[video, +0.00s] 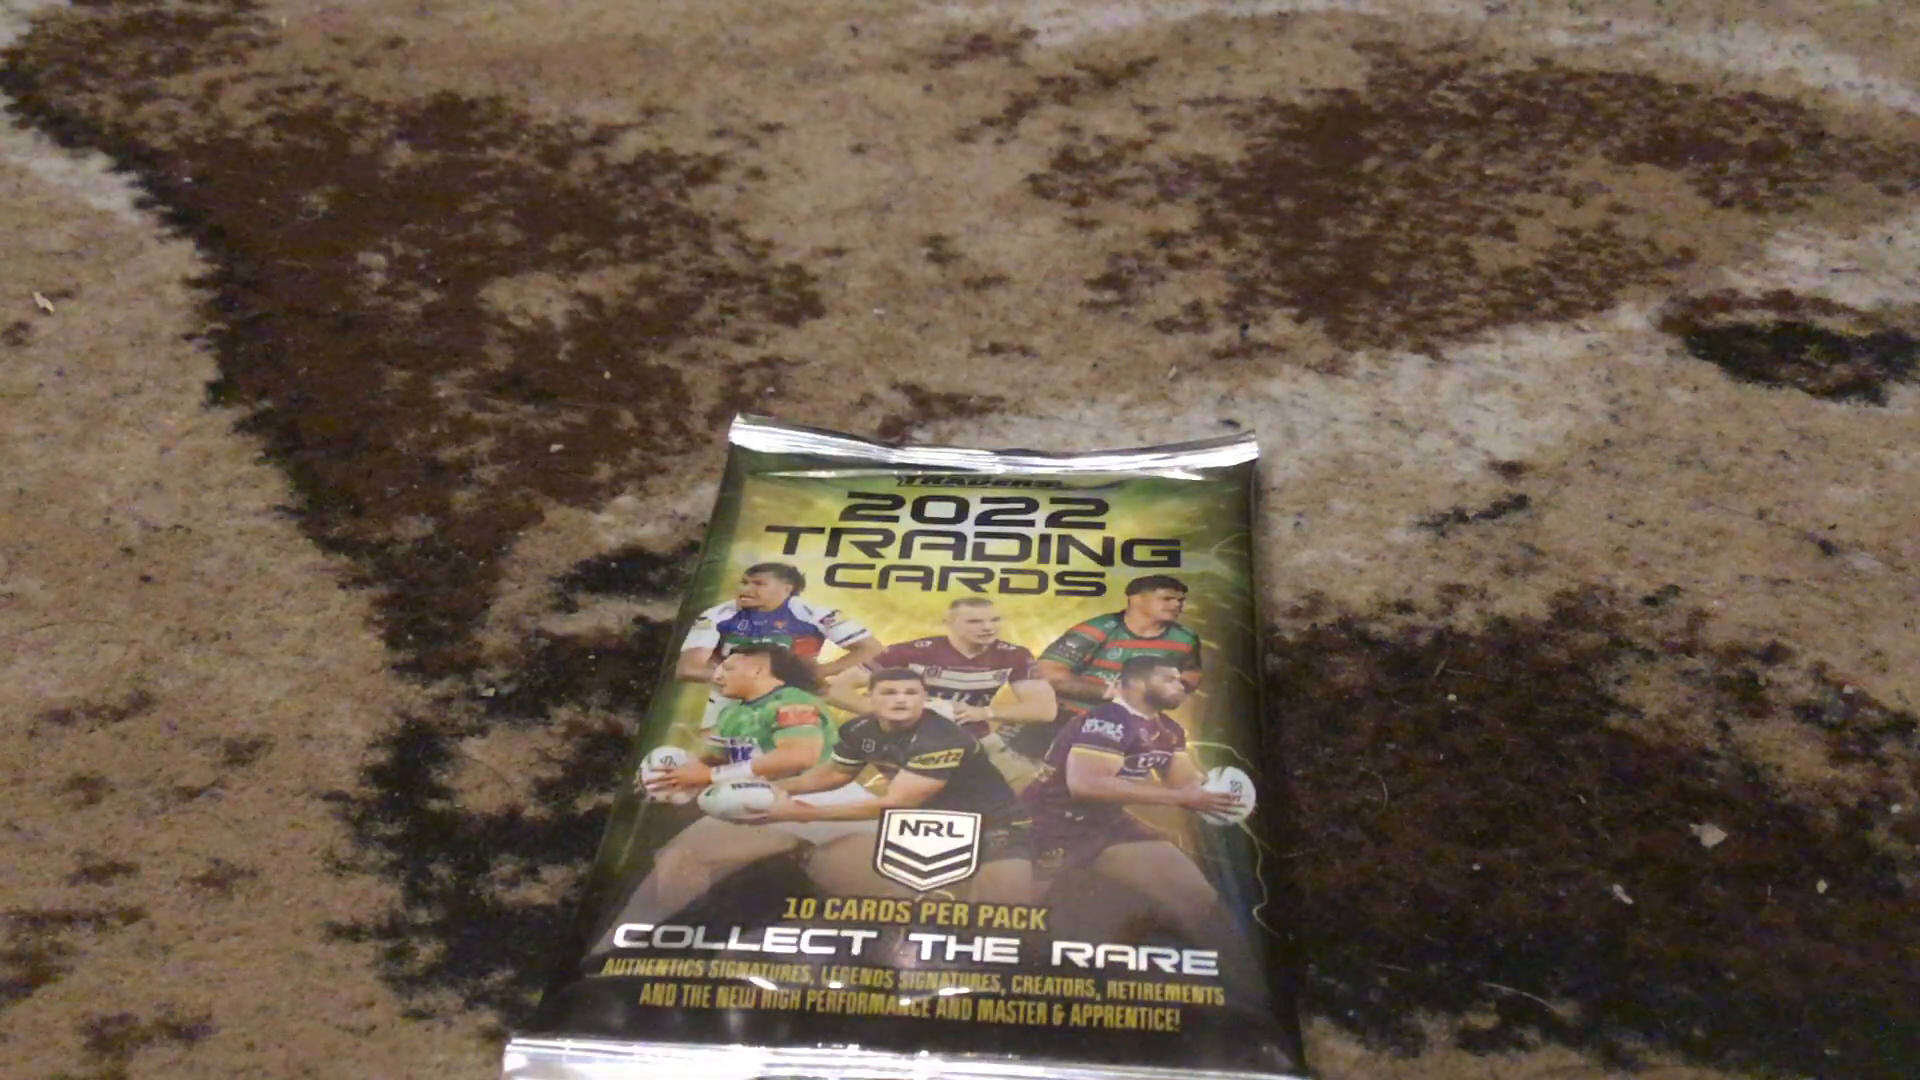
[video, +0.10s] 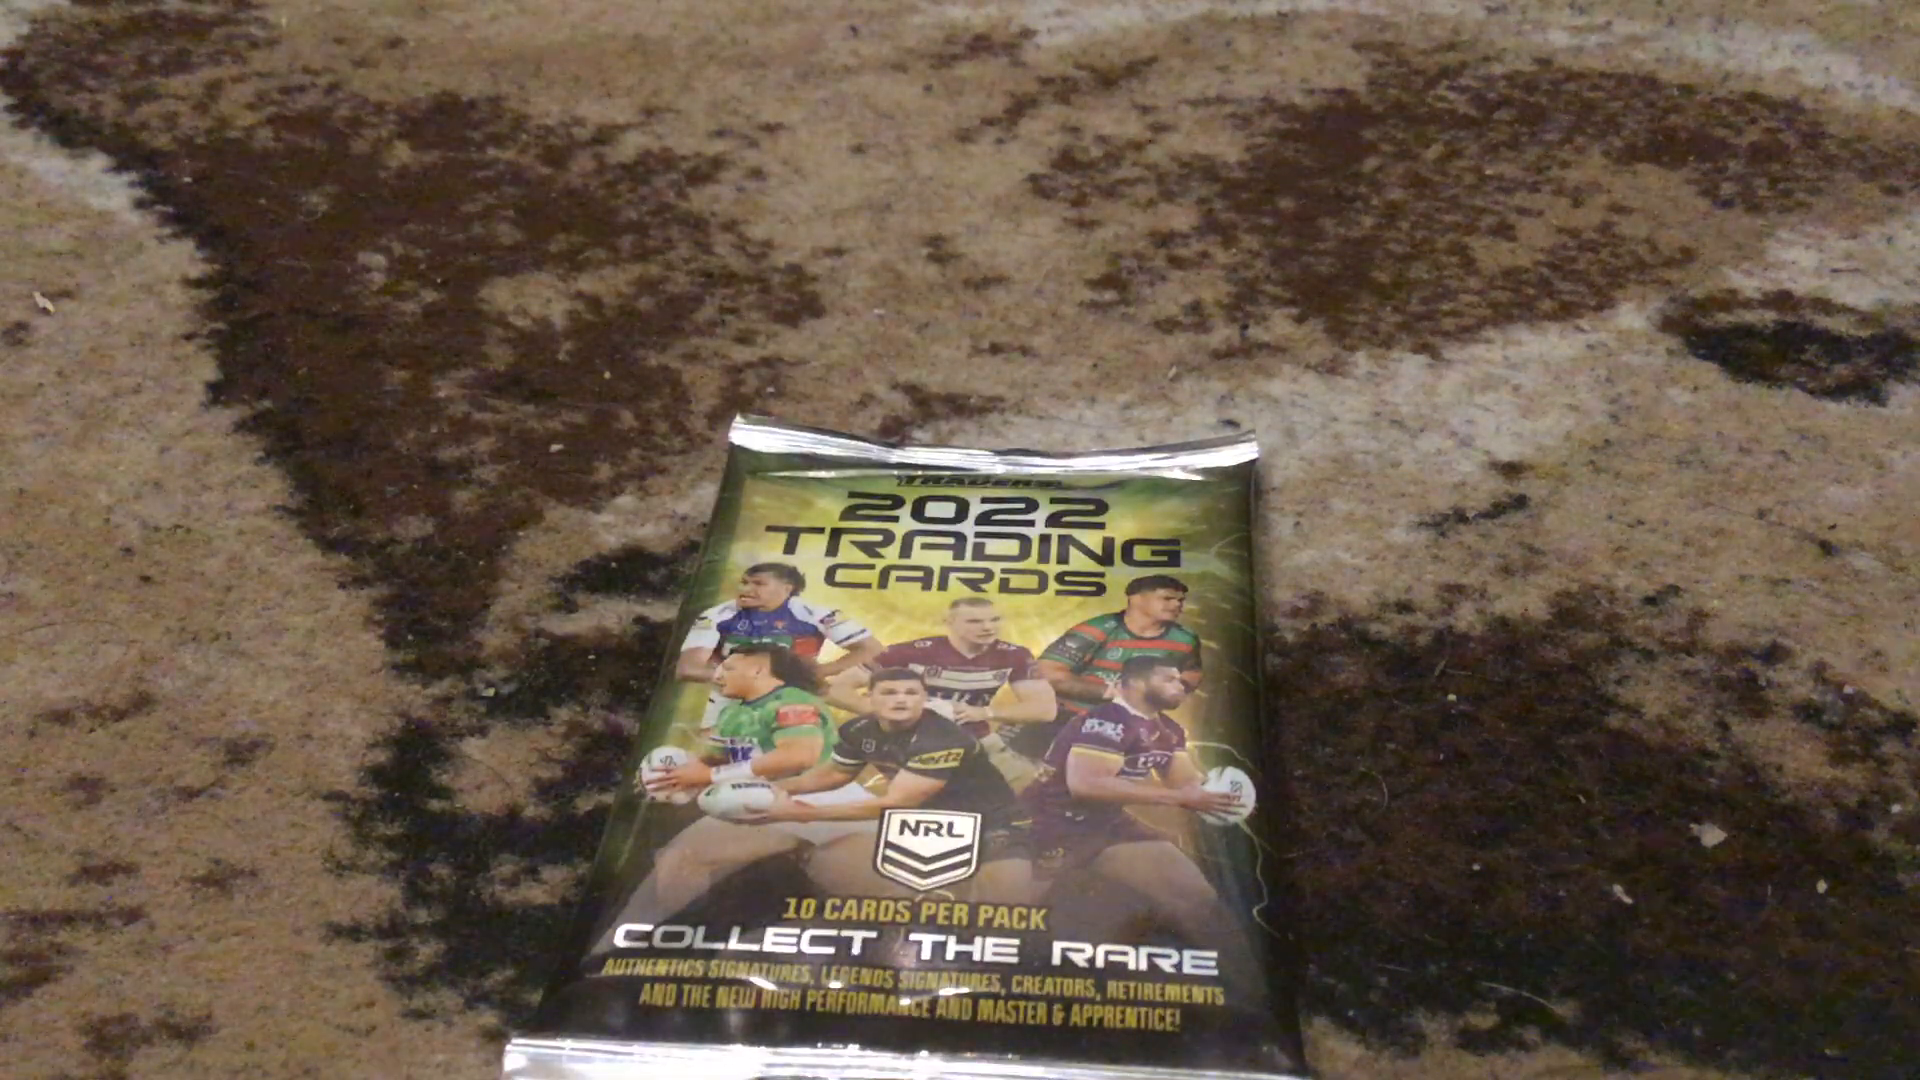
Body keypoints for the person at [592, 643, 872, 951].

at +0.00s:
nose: (721, 668)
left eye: (731, 661)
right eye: (723, 662)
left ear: (762, 664)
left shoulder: (794, 701)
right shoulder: (732, 714)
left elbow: (802, 755)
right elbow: (715, 764)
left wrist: (712, 776)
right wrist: (668, 779)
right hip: (750, 817)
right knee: (671, 863)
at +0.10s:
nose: (720, 670)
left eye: (729, 661)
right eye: (722, 662)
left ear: (760, 663)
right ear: (757, 664)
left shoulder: (794, 701)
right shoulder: (733, 714)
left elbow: (801, 755)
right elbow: (715, 763)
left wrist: (712, 776)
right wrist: (670, 780)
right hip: (752, 817)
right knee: (672, 864)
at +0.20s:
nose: (719, 671)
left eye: (728, 663)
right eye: (722, 664)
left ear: (760, 664)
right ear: (756, 666)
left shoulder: (794, 703)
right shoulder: (735, 713)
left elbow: (801, 755)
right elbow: (712, 759)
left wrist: (711, 775)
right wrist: (668, 778)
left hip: (794, 813)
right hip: (746, 813)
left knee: (685, 862)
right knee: (672, 862)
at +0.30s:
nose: (720, 671)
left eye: (729, 662)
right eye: (722, 664)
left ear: (760, 664)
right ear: (756, 666)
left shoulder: (794, 702)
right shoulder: (734, 713)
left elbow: (801, 755)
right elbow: (711, 760)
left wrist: (711, 775)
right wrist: (668, 778)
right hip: (748, 815)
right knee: (672, 863)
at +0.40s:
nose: (720, 670)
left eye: (729, 662)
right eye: (722, 662)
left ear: (761, 664)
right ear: (756, 666)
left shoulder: (794, 702)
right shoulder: (734, 713)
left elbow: (801, 755)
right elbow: (711, 762)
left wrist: (711, 775)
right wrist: (668, 779)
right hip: (750, 816)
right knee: (673, 863)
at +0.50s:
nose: (719, 671)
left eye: (729, 662)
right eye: (722, 663)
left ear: (760, 665)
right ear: (756, 667)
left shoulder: (793, 702)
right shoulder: (733, 713)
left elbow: (801, 754)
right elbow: (712, 763)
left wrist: (711, 775)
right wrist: (668, 781)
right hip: (750, 817)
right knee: (673, 863)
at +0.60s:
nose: (721, 669)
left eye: (730, 661)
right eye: (723, 662)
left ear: (761, 665)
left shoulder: (794, 701)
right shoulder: (732, 714)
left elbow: (801, 755)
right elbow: (714, 763)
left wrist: (712, 776)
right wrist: (669, 779)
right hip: (749, 814)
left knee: (686, 859)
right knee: (670, 861)